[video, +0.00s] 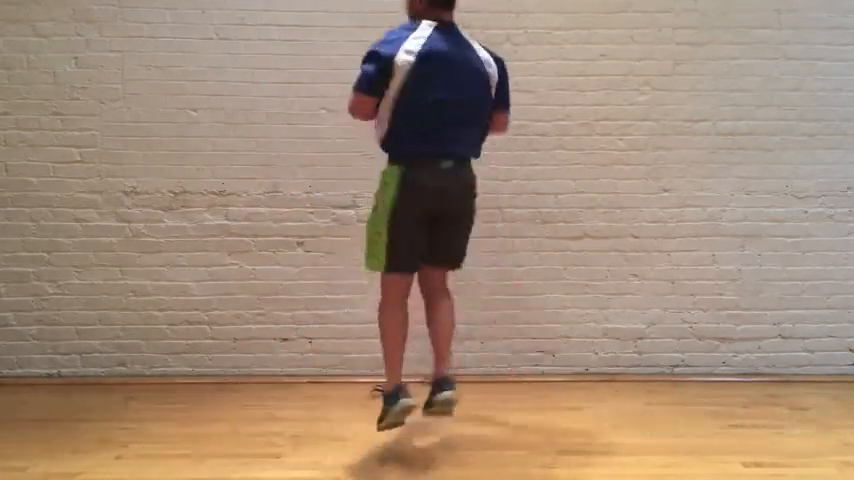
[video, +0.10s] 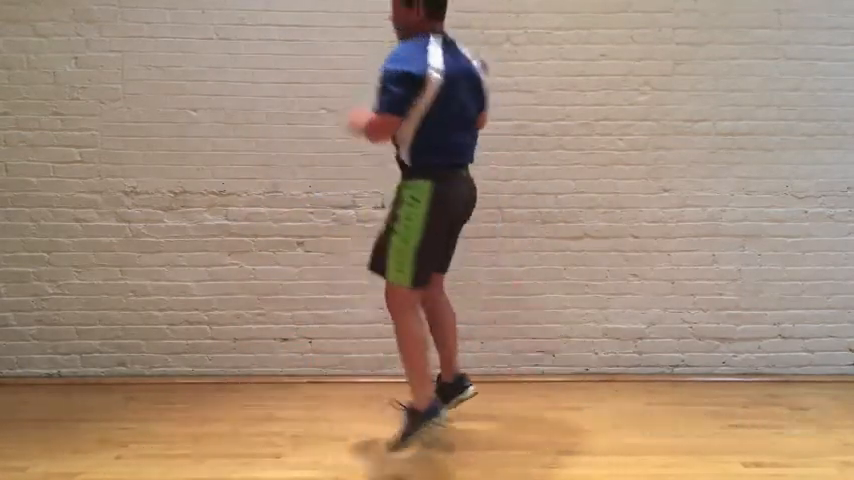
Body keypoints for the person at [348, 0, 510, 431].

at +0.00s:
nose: (407, 9)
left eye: (408, 5)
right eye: (411, 5)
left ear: (415, 6)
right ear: (452, 8)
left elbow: (361, 107)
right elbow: (498, 123)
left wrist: (401, 99)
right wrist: (453, 112)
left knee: (394, 291)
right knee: (437, 284)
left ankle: (393, 391)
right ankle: (443, 381)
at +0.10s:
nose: (392, 12)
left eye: (396, 5)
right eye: (394, 5)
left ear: (413, 10)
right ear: (435, 13)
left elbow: (382, 130)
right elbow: (479, 119)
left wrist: (362, 120)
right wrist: (430, 118)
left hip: (425, 188)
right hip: (458, 185)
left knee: (400, 296)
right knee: (430, 285)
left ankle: (422, 407)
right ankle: (451, 378)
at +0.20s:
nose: (384, 53)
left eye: (390, 45)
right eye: (385, 44)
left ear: (416, 51)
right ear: (416, 52)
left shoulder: (438, 103)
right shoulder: (421, 97)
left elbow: (423, 169)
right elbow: (415, 157)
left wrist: (370, 176)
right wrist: (377, 160)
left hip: (442, 225)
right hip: (424, 222)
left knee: (424, 333)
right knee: (417, 326)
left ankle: (466, 439)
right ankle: (445, 405)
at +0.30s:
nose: (365, 101)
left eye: (371, 93)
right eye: (366, 92)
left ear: (399, 97)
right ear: (394, 96)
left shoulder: (434, 151)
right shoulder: (401, 144)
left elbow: (431, 221)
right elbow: (391, 188)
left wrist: (368, 237)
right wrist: (346, 204)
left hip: (464, 261)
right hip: (433, 257)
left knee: (425, 356)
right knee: (405, 346)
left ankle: (479, 453)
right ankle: (457, 413)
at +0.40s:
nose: (336, 150)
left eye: (340, 139)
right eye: (334, 141)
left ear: (367, 134)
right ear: (365, 135)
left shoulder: (414, 177)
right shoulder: (382, 176)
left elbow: (418, 255)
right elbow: (364, 226)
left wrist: (362, 290)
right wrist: (324, 259)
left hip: (482, 261)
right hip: (450, 260)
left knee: (429, 352)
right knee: (410, 341)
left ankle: (481, 451)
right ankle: (456, 413)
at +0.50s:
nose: (320, 209)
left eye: (321, 199)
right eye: (316, 201)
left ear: (343, 185)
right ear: (343, 186)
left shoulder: (393, 210)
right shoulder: (370, 209)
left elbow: (391, 291)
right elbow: (357, 267)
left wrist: (347, 341)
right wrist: (320, 306)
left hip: (492, 258)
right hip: (462, 261)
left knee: (441, 351)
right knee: (419, 332)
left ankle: (482, 454)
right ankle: (458, 414)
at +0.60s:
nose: (316, 261)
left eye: (316, 252)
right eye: (312, 254)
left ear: (334, 237)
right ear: (335, 234)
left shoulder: (379, 251)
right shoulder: (364, 241)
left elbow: (370, 331)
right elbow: (354, 308)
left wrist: (335, 393)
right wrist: (324, 356)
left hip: (495, 265)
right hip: (470, 264)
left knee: (437, 358)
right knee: (420, 333)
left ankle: (483, 455)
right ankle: (457, 418)